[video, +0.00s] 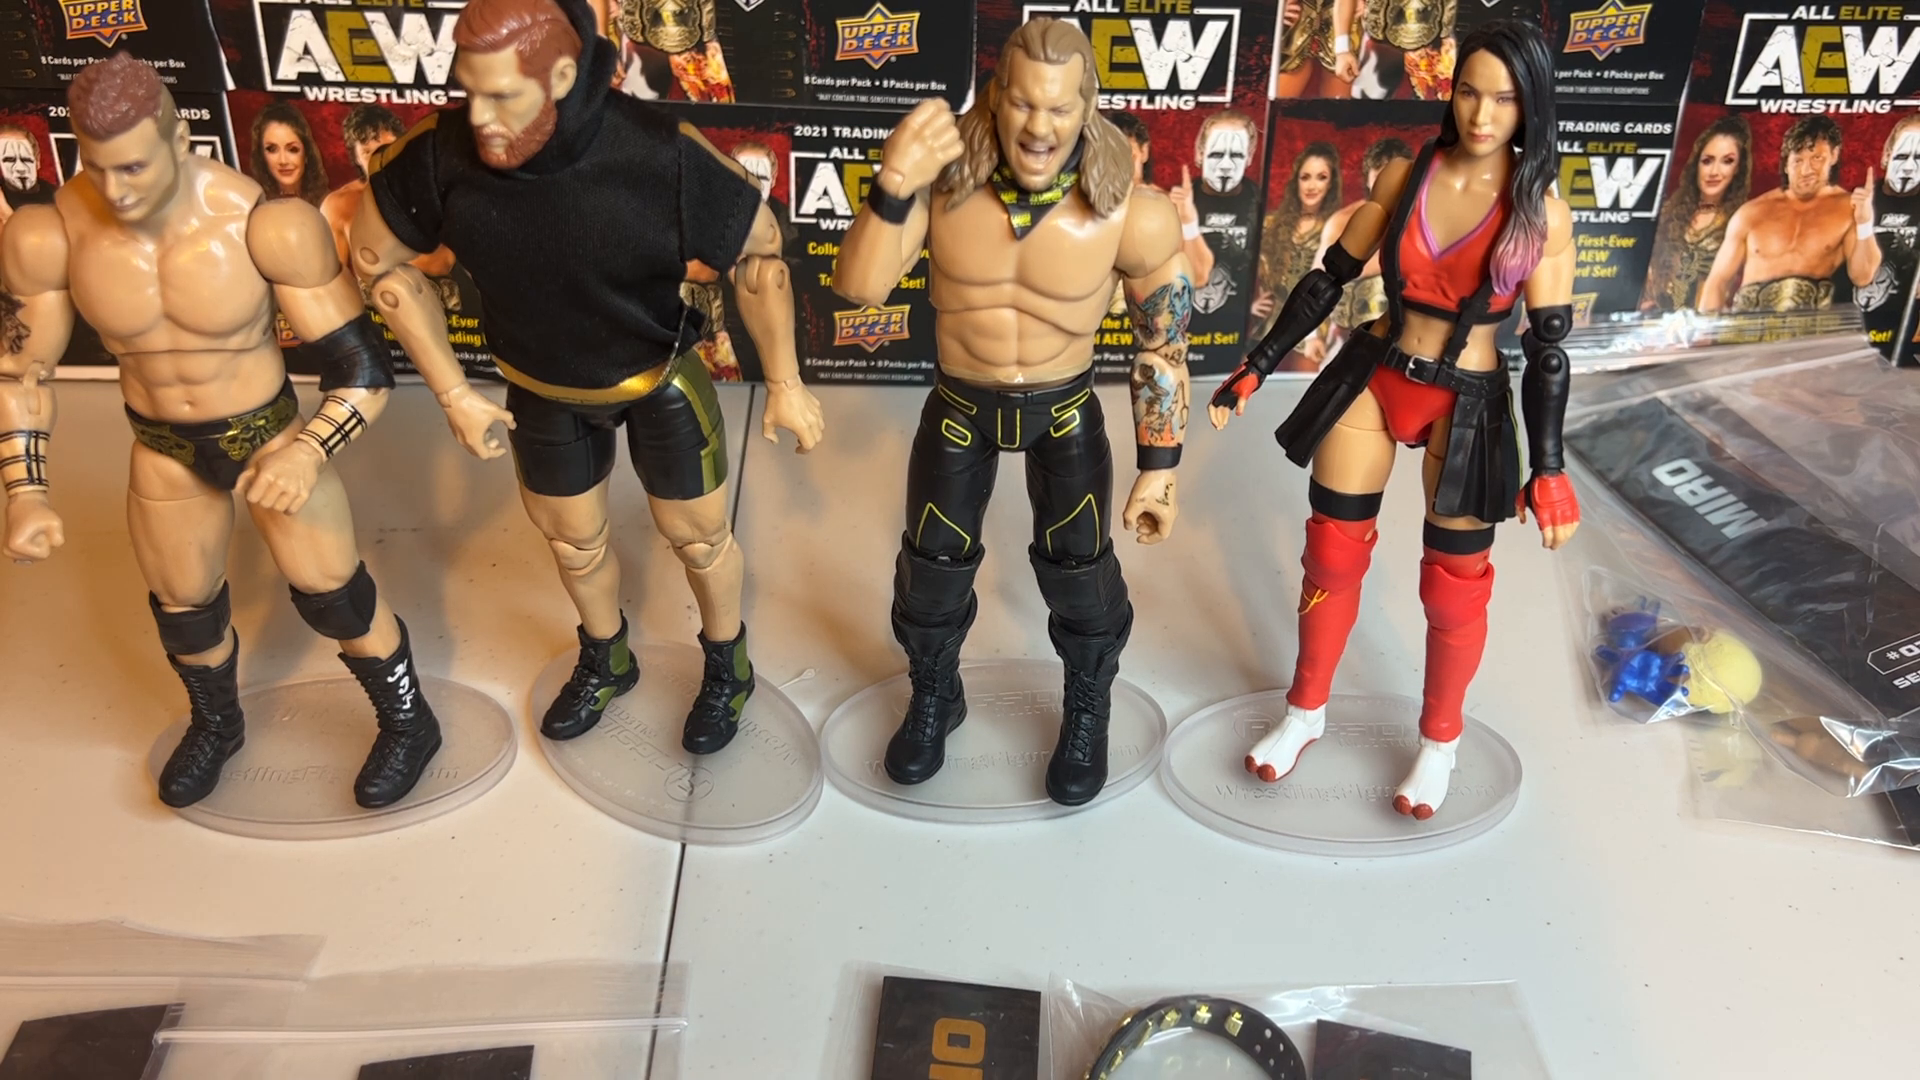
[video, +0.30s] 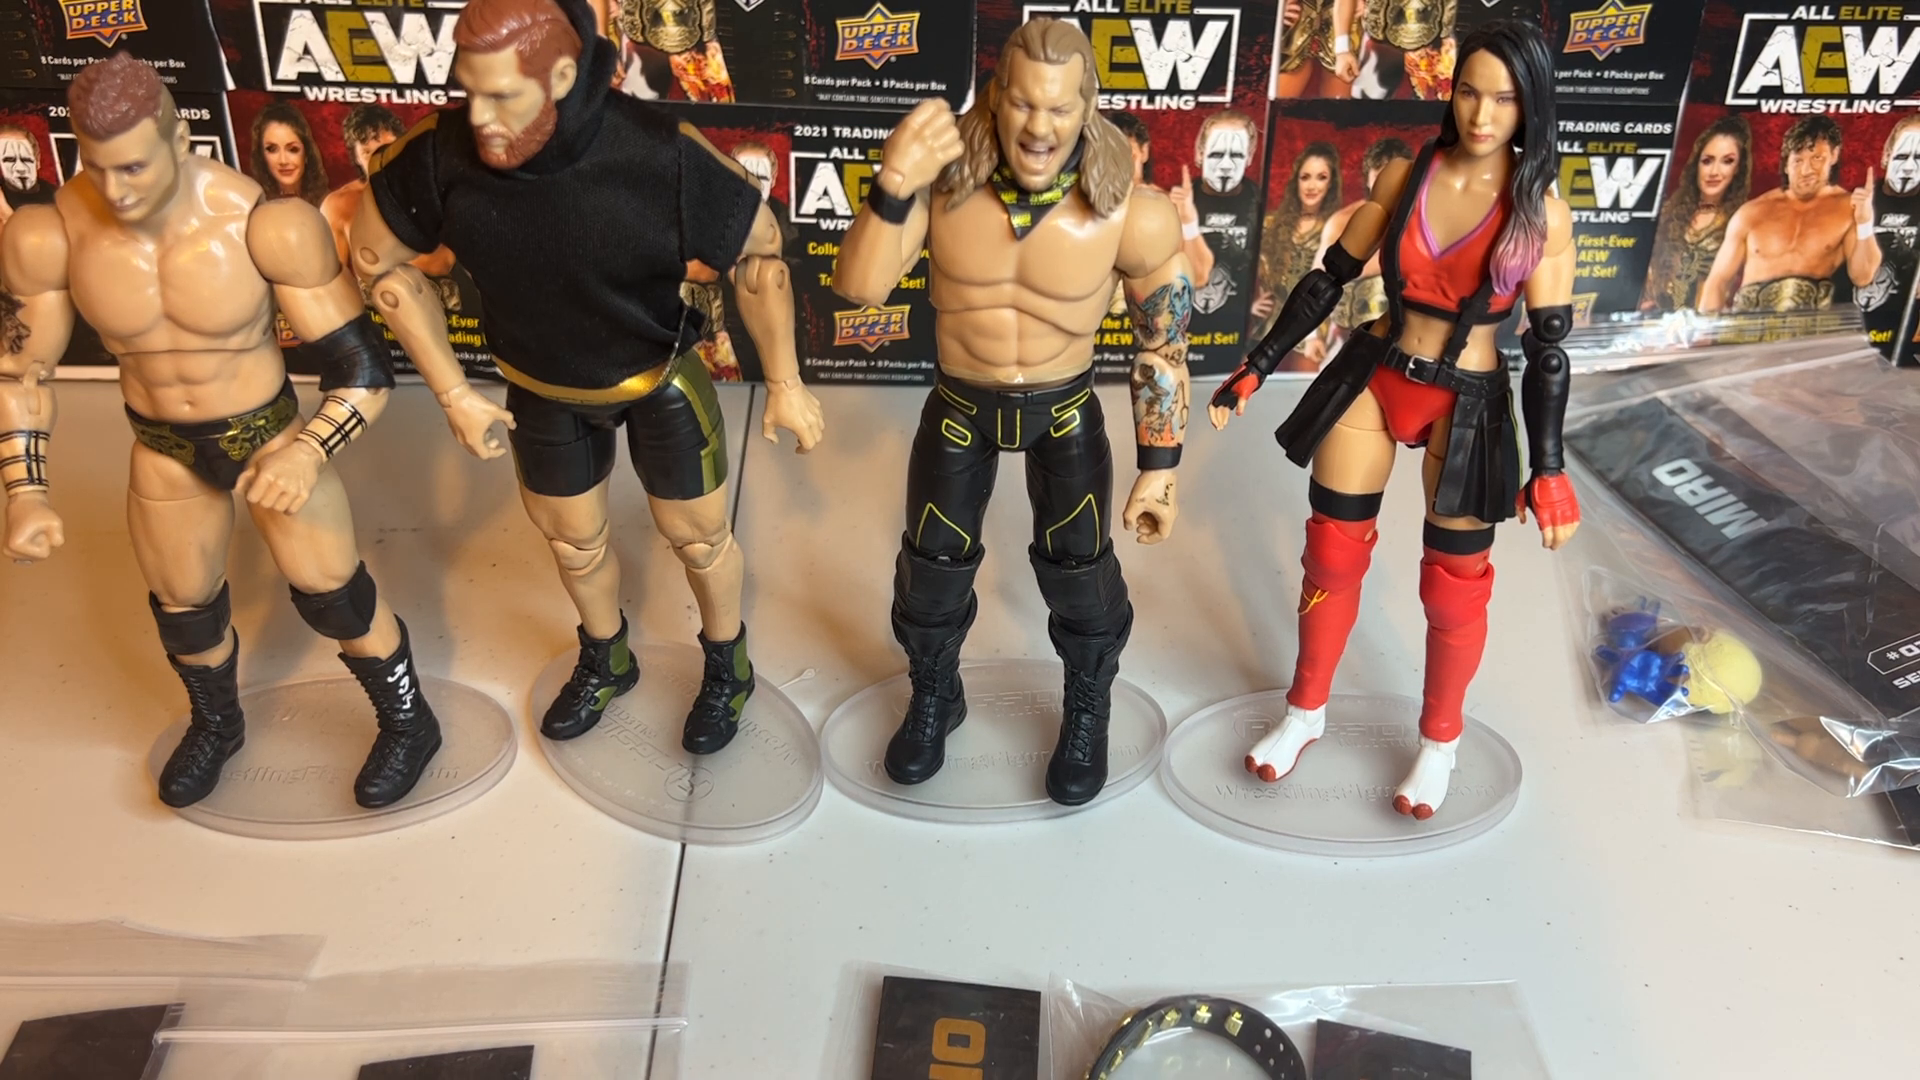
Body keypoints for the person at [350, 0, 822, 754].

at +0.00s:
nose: (481, 119)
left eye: (503, 96)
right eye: (468, 95)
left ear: (564, 76)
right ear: (457, 81)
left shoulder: (653, 155)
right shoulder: (442, 159)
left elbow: (757, 246)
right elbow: (373, 252)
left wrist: (784, 382)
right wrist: (453, 392)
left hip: (661, 381)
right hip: (542, 394)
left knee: (700, 540)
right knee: (575, 545)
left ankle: (726, 667)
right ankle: (607, 661)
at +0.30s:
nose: (481, 119)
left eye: (503, 96)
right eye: (468, 95)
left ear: (564, 76)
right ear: (457, 81)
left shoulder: (653, 155)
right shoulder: (442, 159)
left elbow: (757, 246)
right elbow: (373, 252)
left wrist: (784, 382)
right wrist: (453, 392)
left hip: (661, 380)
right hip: (542, 393)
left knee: (700, 540)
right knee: (575, 545)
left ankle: (726, 667)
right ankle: (607, 661)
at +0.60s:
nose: (481, 119)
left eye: (503, 96)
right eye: (468, 95)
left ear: (564, 76)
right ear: (457, 81)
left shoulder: (653, 155)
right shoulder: (442, 159)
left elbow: (757, 246)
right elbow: (373, 252)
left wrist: (784, 382)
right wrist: (452, 392)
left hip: (661, 381)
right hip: (542, 394)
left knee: (700, 540)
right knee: (575, 546)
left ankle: (726, 667)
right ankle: (607, 661)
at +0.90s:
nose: (481, 119)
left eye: (503, 96)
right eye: (468, 95)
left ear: (564, 76)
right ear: (457, 81)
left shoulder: (653, 155)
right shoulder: (442, 159)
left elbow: (757, 246)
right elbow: (373, 252)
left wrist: (784, 382)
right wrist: (452, 392)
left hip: (661, 380)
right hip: (542, 393)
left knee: (700, 540)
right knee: (575, 545)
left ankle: (726, 667)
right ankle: (607, 661)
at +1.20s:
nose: (481, 119)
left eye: (503, 96)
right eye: (468, 95)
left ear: (564, 76)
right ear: (456, 81)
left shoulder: (653, 155)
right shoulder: (442, 159)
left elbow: (757, 246)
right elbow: (373, 252)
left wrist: (784, 382)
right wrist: (452, 392)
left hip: (661, 380)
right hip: (542, 393)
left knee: (700, 540)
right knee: (575, 545)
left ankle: (726, 667)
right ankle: (607, 661)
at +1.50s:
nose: (481, 119)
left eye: (503, 96)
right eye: (468, 95)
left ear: (564, 76)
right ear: (456, 81)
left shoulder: (653, 155)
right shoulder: (442, 158)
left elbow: (757, 247)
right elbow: (372, 252)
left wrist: (784, 382)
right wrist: (452, 392)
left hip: (661, 382)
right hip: (542, 394)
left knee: (700, 541)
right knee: (575, 545)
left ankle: (726, 667)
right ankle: (607, 661)